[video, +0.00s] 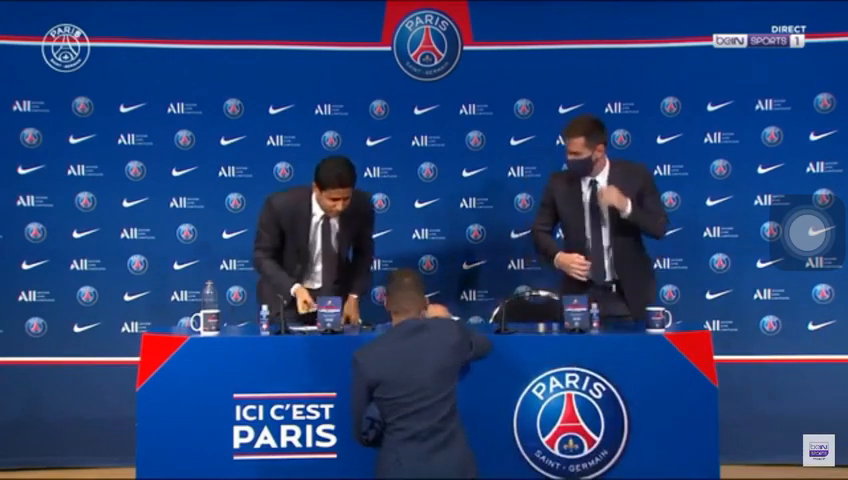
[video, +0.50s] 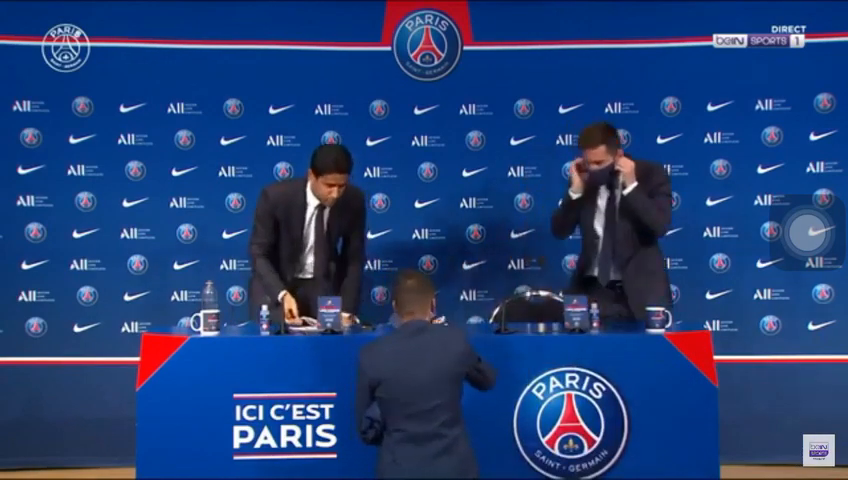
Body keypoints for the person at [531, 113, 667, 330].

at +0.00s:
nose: (570, 160)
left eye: (577, 155)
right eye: (568, 153)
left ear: (599, 151)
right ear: (566, 148)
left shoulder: (635, 176)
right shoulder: (559, 183)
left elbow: (659, 227)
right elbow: (540, 231)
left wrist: (626, 207)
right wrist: (558, 257)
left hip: (627, 295)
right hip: (581, 296)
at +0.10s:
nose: (569, 160)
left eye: (576, 154)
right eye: (567, 154)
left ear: (598, 150)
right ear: (564, 149)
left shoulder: (634, 175)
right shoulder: (558, 183)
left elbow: (659, 223)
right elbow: (539, 231)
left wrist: (625, 206)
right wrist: (557, 253)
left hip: (628, 293)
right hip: (581, 293)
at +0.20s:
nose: (573, 163)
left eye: (579, 157)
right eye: (570, 156)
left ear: (601, 151)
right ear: (566, 152)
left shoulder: (633, 174)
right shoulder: (558, 182)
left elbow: (659, 223)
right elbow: (538, 231)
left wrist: (623, 200)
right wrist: (557, 241)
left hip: (626, 290)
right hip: (580, 291)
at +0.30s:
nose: (580, 168)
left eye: (586, 162)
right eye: (576, 162)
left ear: (606, 154)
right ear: (571, 156)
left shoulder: (634, 173)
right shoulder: (564, 180)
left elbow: (659, 224)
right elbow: (543, 235)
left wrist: (624, 187)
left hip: (625, 290)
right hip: (580, 289)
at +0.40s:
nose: (584, 170)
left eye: (590, 164)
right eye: (579, 163)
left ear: (609, 155)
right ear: (575, 157)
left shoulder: (639, 173)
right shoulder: (573, 178)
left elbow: (658, 224)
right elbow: (548, 232)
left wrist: (625, 186)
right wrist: (561, 194)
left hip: (628, 291)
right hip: (583, 290)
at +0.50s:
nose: (592, 169)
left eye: (599, 163)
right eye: (588, 163)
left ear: (618, 154)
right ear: (583, 158)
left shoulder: (650, 174)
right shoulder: (585, 180)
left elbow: (659, 226)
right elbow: (559, 230)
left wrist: (631, 186)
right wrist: (575, 191)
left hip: (637, 291)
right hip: (594, 291)